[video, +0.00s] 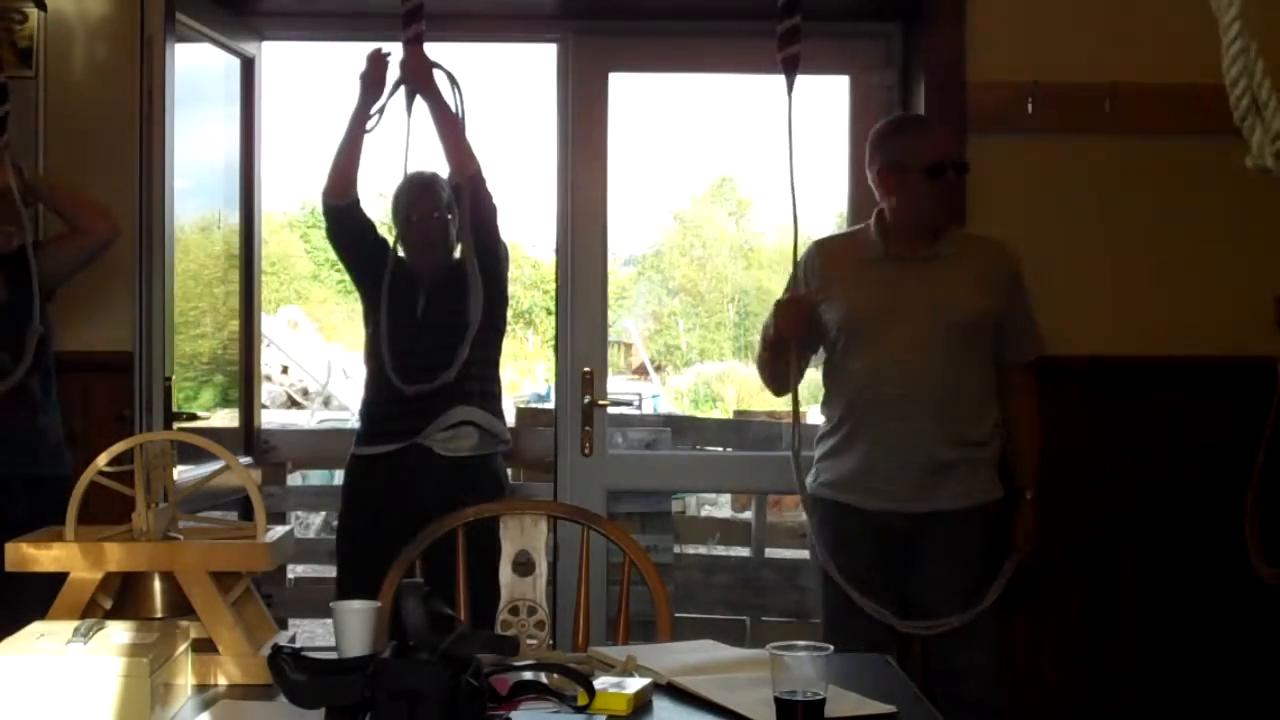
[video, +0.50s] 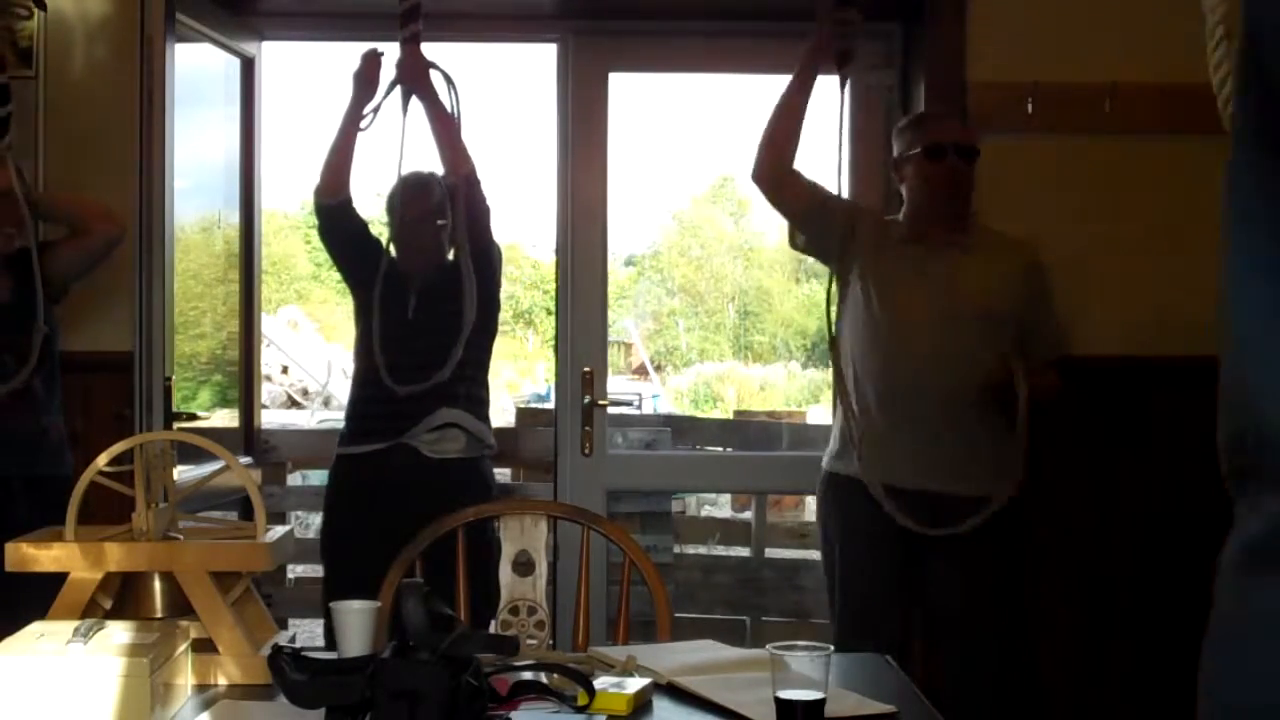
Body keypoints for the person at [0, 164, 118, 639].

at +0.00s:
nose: (13, 215)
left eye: (11, 204)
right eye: (7, 198)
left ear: (20, 210)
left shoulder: (22, 269)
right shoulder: (22, 271)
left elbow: (99, 229)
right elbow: (99, 230)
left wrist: (28, 181)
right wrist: (28, 182)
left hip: (36, 461)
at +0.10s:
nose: (11, 222)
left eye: (12, 211)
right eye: (7, 209)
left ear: (21, 216)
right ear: (6, 215)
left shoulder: (24, 271)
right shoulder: (23, 272)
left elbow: (102, 234)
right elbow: (102, 234)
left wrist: (30, 183)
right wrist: (30, 182)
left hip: (35, 463)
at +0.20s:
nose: (12, 219)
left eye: (14, 209)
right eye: (7, 207)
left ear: (23, 214)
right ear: (4, 213)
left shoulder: (24, 271)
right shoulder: (24, 272)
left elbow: (105, 237)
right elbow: (105, 237)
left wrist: (31, 182)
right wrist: (30, 182)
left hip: (36, 461)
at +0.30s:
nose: (11, 216)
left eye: (10, 203)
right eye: (7, 202)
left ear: (21, 212)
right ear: (6, 208)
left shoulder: (26, 269)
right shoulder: (25, 270)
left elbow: (105, 236)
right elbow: (105, 236)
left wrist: (33, 191)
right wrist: (33, 191)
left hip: (36, 458)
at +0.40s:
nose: (11, 212)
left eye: (13, 199)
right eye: (5, 199)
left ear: (25, 209)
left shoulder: (28, 270)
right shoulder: (25, 272)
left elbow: (105, 230)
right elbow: (105, 230)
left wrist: (32, 195)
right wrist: (34, 196)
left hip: (38, 459)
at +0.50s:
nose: (13, 216)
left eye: (15, 203)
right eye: (5, 203)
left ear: (26, 214)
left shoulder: (30, 274)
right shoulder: (27, 276)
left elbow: (106, 229)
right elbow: (106, 229)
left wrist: (30, 200)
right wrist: (32, 199)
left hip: (38, 458)